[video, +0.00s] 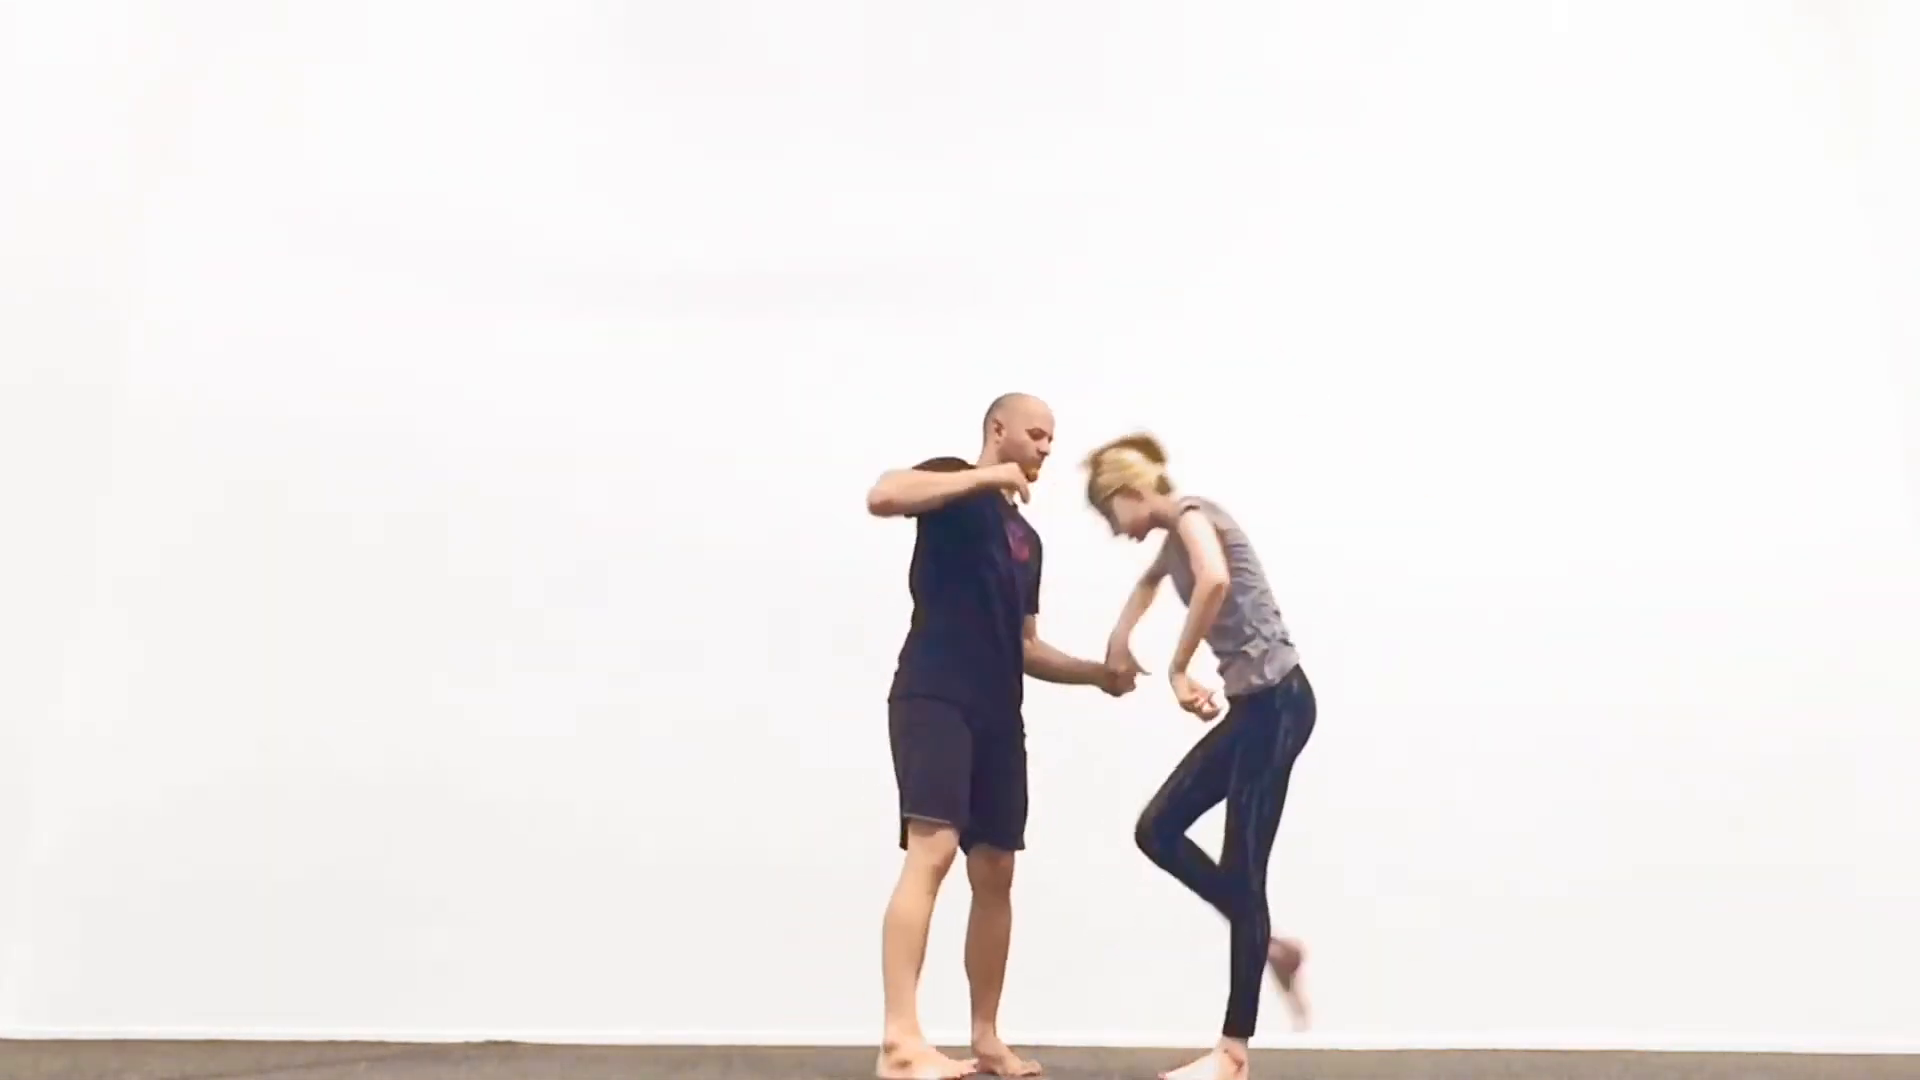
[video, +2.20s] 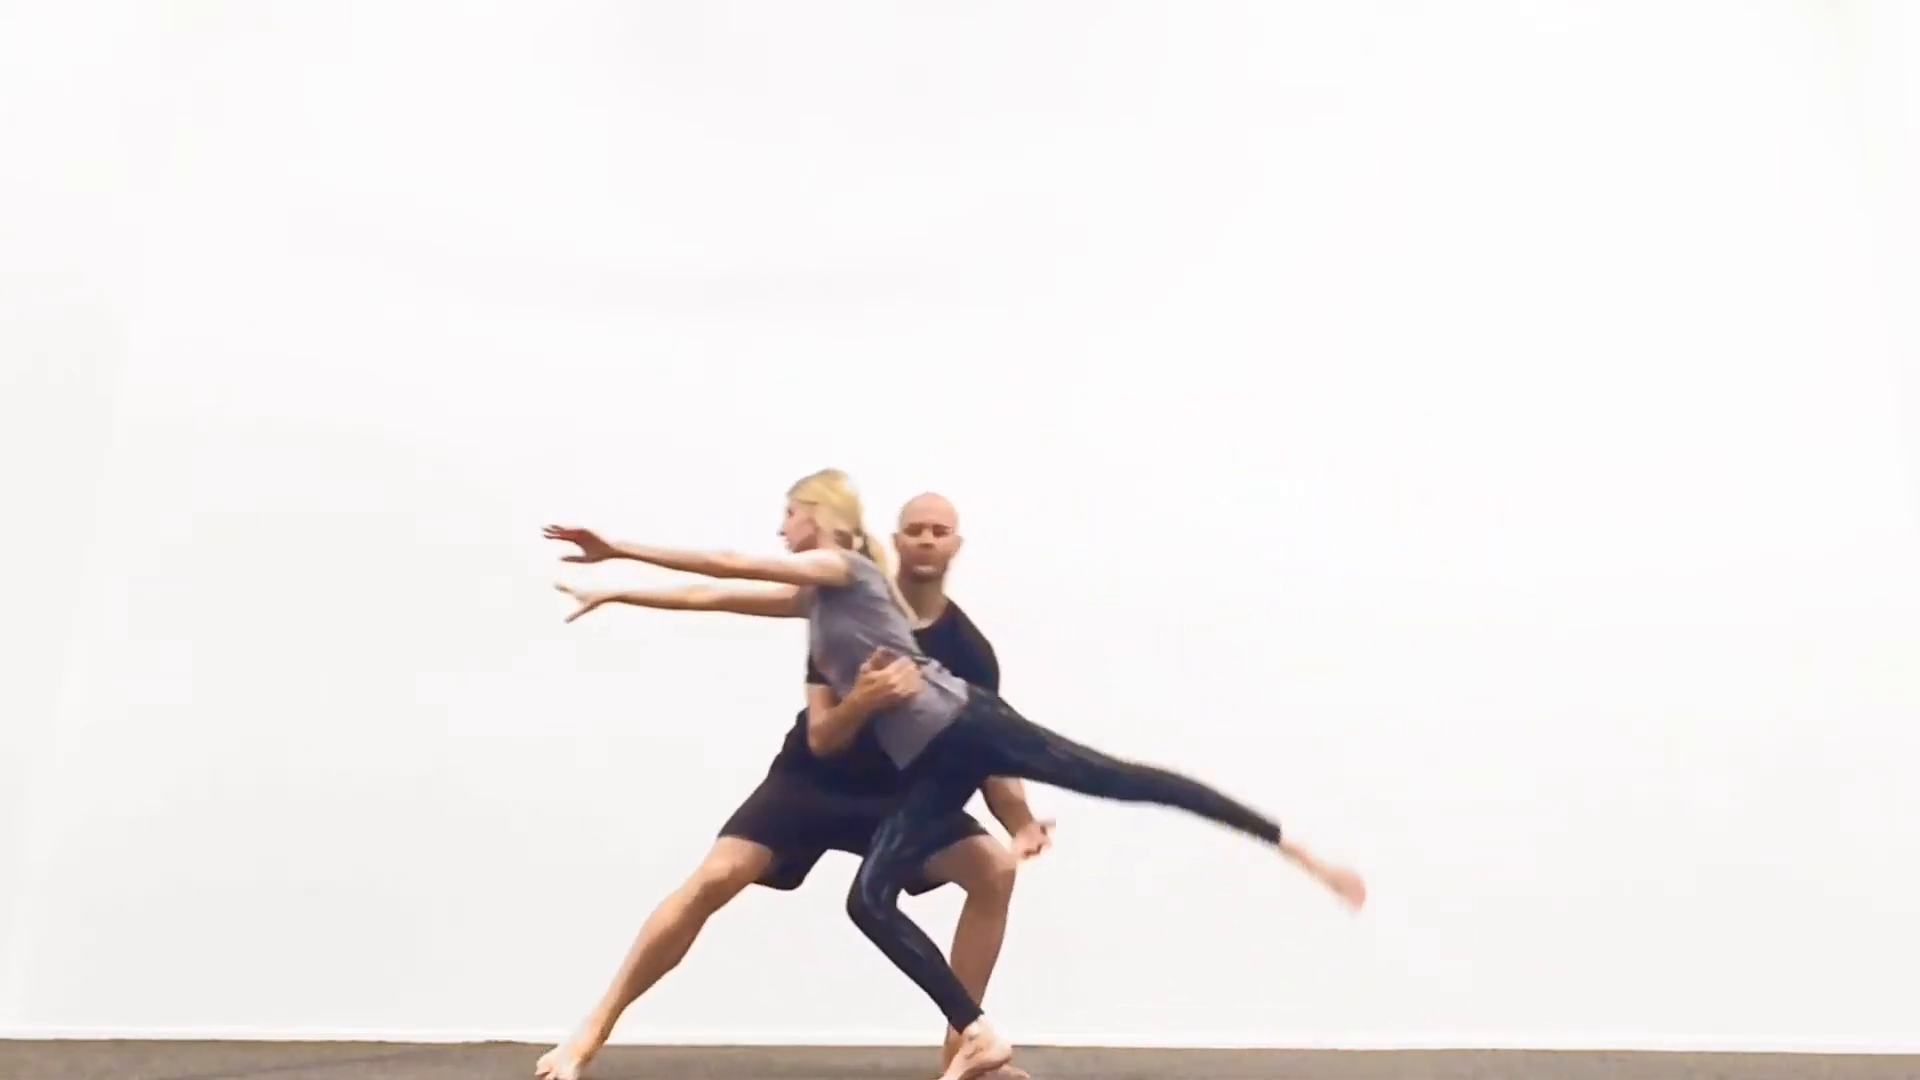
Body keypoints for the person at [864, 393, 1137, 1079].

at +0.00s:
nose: (1047, 449)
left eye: (1050, 440)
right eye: (1037, 435)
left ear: (1040, 446)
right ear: (997, 429)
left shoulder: (1028, 540)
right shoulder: (952, 479)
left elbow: (1026, 649)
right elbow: (883, 496)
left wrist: (1100, 672)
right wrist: (984, 478)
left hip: (1000, 709)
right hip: (935, 695)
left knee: (994, 870)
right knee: (932, 849)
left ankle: (987, 1041)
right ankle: (901, 1043)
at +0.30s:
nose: (1018, 425)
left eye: (1019, 414)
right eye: (1007, 411)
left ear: (986, 418)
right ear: (964, 411)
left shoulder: (984, 503)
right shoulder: (932, 482)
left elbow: (995, 631)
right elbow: (913, 580)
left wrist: (1084, 622)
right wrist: (1014, 578)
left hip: (985, 705)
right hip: (933, 702)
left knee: (996, 859)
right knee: (929, 856)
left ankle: (966, 1034)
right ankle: (901, 1047)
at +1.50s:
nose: (1060, 451)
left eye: (1063, 440)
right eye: (1049, 438)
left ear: (1053, 447)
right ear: (1008, 439)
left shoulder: (1044, 537)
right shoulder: (955, 510)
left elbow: (1052, 644)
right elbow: (947, 621)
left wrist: (1035, 604)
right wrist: (1041, 638)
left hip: (976, 708)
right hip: (911, 699)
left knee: (999, 866)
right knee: (898, 843)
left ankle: (965, 1039)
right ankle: (836, 1022)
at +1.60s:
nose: (1068, 469)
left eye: (1072, 460)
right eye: (1056, 457)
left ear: (1064, 469)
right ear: (1016, 459)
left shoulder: (1051, 559)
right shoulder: (962, 527)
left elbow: (1042, 675)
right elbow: (960, 635)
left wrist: (1016, 640)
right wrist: (1052, 636)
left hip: (970, 717)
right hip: (903, 705)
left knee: (1011, 868)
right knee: (880, 838)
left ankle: (965, 1041)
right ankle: (787, 1009)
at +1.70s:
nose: (1074, 492)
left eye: (1079, 481)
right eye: (1061, 478)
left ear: (1075, 492)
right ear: (1019, 480)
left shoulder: (1055, 583)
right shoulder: (967, 543)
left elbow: (1041, 677)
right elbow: (962, 648)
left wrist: (1044, 725)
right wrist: (1048, 640)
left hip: (963, 732)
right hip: (897, 714)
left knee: (1017, 873)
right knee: (851, 844)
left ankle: (968, 1039)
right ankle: (740, 998)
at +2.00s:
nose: (1032, 549)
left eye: (1042, 539)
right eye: (1020, 535)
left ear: (1049, 550)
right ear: (984, 532)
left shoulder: (1034, 646)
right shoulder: (927, 599)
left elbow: (1021, 746)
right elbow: (894, 717)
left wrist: (1057, 837)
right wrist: (953, 690)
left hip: (931, 774)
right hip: (854, 759)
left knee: (1024, 878)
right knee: (766, 857)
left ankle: (962, 1045)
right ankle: (631, 1003)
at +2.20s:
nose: (927, 543)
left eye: (940, 532)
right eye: (915, 531)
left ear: (958, 545)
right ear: (892, 539)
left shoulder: (970, 652)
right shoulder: (839, 611)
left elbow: (987, 756)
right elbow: (821, 740)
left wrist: (1022, 825)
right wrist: (862, 700)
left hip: (894, 797)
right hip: (808, 785)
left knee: (994, 869)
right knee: (716, 879)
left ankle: (960, 1046)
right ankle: (590, 1037)